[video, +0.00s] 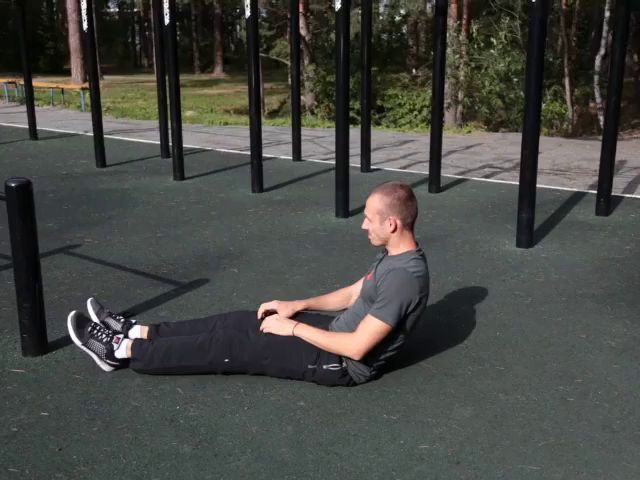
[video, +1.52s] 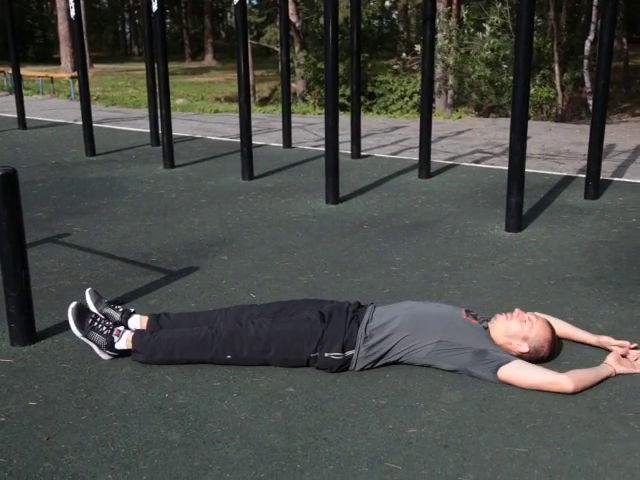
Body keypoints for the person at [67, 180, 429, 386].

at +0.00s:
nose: (364, 226)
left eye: (370, 219)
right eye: (366, 218)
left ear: (395, 224)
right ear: (397, 221)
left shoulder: (405, 277)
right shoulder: (393, 259)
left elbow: (358, 347)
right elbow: (350, 296)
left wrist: (294, 328)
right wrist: (299, 305)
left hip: (345, 361)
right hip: (334, 338)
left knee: (234, 344)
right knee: (238, 322)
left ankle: (120, 352)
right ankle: (133, 333)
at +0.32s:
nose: (368, 223)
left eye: (374, 216)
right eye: (369, 215)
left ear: (399, 221)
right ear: (400, 218)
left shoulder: (410, 274)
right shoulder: (397, 255)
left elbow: (363, 345)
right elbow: (355, 296)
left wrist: (299, 324)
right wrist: (301, 306)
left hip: (349, 358)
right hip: (338, 334)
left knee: (236, 342)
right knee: (240, 320)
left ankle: (124, 349)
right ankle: (137, 330)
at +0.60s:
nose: (409, 236)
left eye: (416, 231)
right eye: (411, 229)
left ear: (441, 239)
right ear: (439, 236)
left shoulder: (439, 291)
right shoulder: (432, 269)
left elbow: (382, 353)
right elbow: (378, 289)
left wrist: (318, 322)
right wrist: (323, 285)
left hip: (349, 356)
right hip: (342, 328)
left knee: (242, 340)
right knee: (245, 320)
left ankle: (128, 348)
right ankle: (141, 328)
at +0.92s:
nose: (484, 275)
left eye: (496, 274)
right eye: (490, 268)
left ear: (506, 293)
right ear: (489, 281)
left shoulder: (478, 335)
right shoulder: (466, 305)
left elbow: (476, 317)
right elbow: (455, 256)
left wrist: (518, 259)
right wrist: (490, 214)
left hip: (348, 344)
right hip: (346, 318)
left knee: (243, 336)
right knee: (248, 317)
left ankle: (134, 343)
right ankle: (141, 327)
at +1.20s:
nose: (519, 300)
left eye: (530, 309)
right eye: (527, 302)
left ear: (526, 335)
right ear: (515, 310)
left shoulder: (484, 353)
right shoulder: (481, 320)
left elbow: (554, 363)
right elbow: (541, 299)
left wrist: (613, 342)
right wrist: (609, 313)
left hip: (344, 338)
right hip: (350, 314)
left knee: (235, 334)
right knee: (239, 319)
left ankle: (128, 339)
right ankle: (135, 327)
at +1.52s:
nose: (519, 318)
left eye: (527, 323)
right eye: (527, 320)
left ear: (517, 343)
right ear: (516, 323)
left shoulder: (477, 351)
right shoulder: (477, 324)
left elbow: (548, 381)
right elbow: (543, 325)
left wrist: (601, 368)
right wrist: (606, 345)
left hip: (335, 337)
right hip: (340, 314)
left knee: (229, 336)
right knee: (233, 319)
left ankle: (122, 340)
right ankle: (128, 324)